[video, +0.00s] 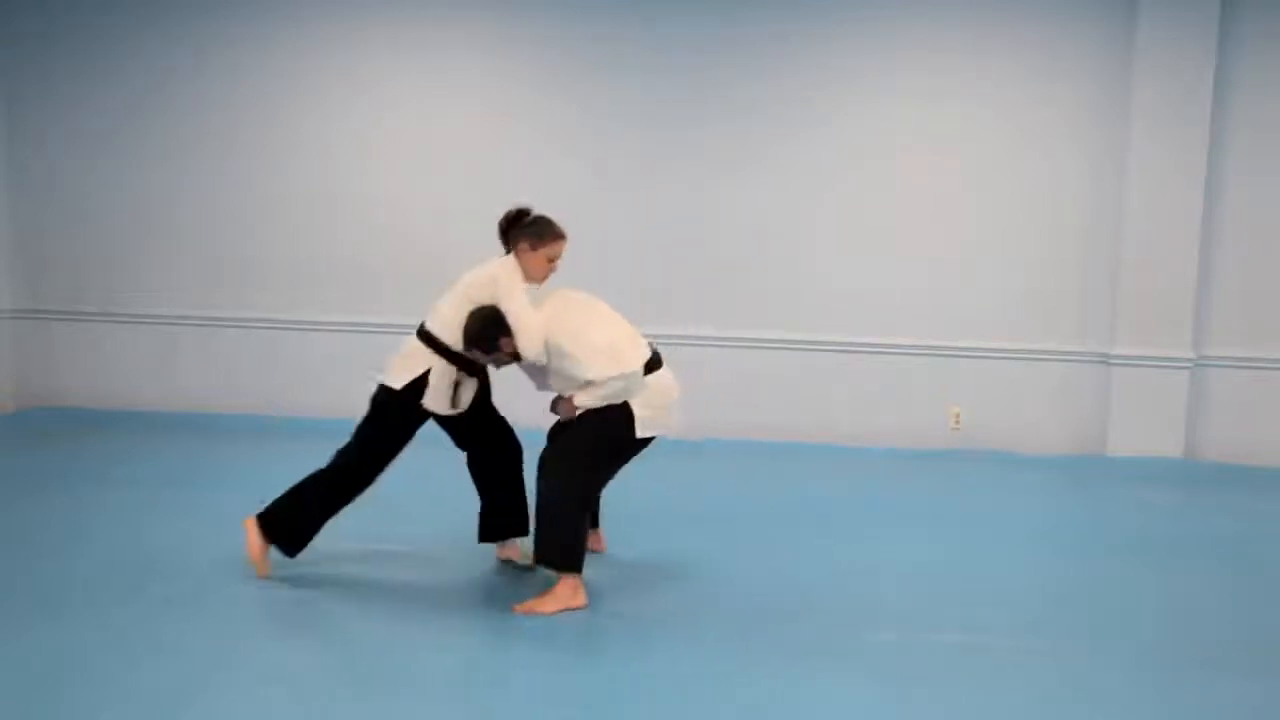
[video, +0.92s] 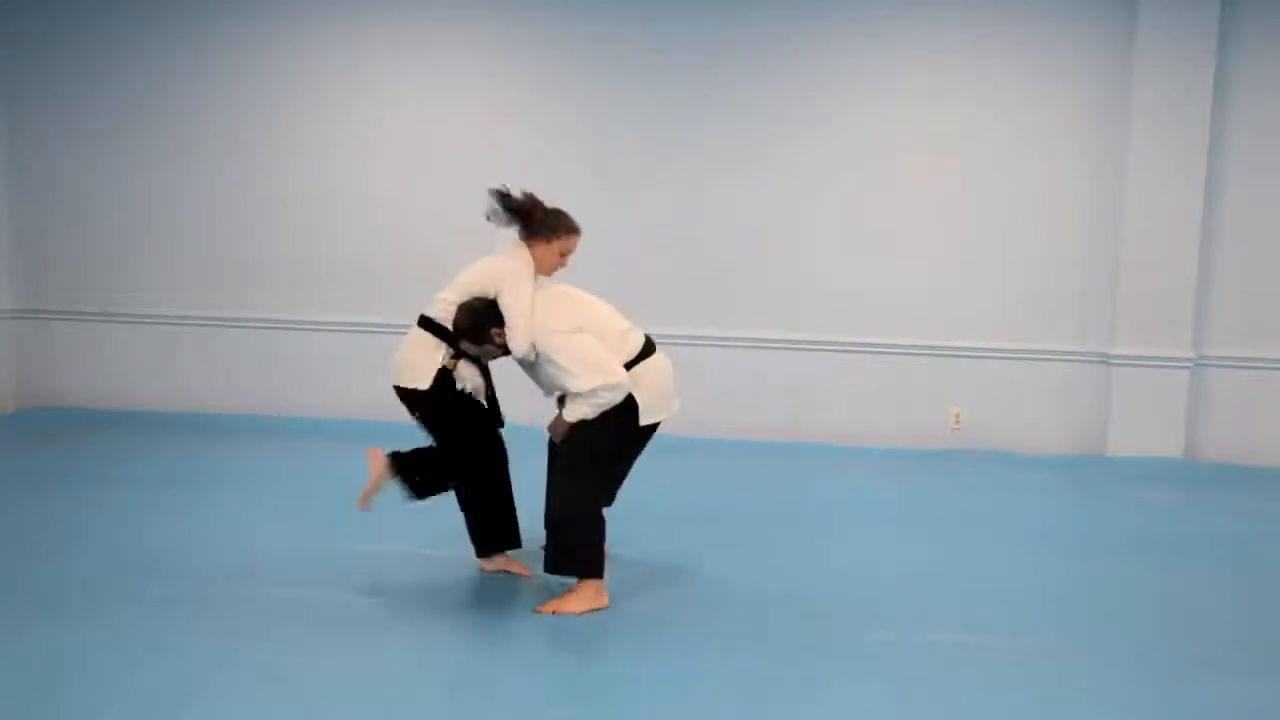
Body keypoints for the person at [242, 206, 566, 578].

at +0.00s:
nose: (555, 268)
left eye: (558, 259)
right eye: (551, 259)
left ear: (528, 252)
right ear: (524, 250)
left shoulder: (515, 279)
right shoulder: (504, 276)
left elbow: (530, 343)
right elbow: (531, 346)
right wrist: (561, 386)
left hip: (462, 383)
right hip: (420, 376)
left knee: (501, 451)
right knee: (359, 465)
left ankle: (507, 540)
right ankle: (266, 527)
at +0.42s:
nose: (525, 266)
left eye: (526, 259)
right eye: (520, 258)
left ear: (501, 258)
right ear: (493, 256)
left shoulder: (496, 295)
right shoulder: (474, 291)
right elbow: (497, 364)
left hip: (454, 404)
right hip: (416, 400)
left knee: (510, 458)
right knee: (355, 485)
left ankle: (501, 552)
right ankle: (253, 541)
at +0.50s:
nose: (522, 233)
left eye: (523, 225)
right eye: (515, 225)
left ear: (493, 226)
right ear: (489, 225)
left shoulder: (499, 265)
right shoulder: (477, 263)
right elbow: (499, 338)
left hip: (469, 386)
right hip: (430, 383)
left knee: (510, 457)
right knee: (382, 482)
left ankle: (498, 551)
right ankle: (285, 529)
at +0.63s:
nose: (522, 214)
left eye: (524, 204)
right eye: (516, 204)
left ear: (498, 203)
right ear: (488, 200)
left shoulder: (501, 242)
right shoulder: (473, 236)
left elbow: (516, 316)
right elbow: (511, 311)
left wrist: (549, 364)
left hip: (469, 357)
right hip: (440, 358)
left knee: (491, 445)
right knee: (485, 442)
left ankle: (497, 549)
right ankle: (424, 493)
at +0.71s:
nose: (534, 218)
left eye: (535, 209)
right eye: (528, 209)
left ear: (505, 205)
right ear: (502, 204)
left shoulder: (495, 239)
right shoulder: (489, 239)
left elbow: (512, 308)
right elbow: (513, 310)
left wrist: (545, 358)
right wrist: (550, 355)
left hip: (450, 347)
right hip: (440, 348)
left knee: (477, 442)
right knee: (526, 384)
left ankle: (491, 549)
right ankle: (495, 465)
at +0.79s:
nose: (548, 234)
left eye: (551, 225)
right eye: (545, 224)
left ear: (522, 216)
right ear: (520, 216)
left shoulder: (505, 245)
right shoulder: (502, 249)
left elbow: (516, 317)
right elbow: (516, 323)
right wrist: (546, 358)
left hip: (447, 351)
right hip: (438, 354)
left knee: (482, 447)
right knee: (531, 380)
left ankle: (492, 552)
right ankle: (481, 456)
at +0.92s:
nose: (566, 263)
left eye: (569, 254)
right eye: (564, 253)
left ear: (542, 242)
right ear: (542, 242)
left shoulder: (513, 264)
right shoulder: (516, 270)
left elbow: (519, 336)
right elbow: (521, 343)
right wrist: (552, 382)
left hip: (427, 368)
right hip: (427, 371)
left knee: (478, 450)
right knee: (479, 450)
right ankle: (493, 553)